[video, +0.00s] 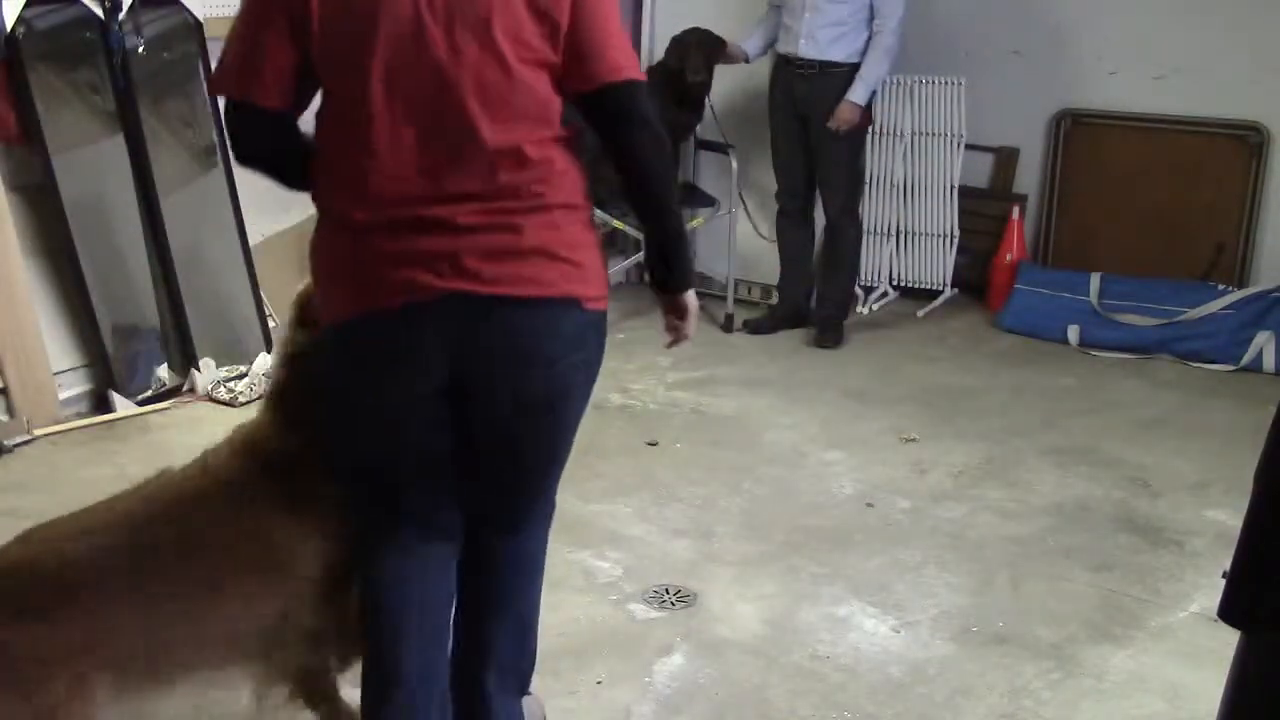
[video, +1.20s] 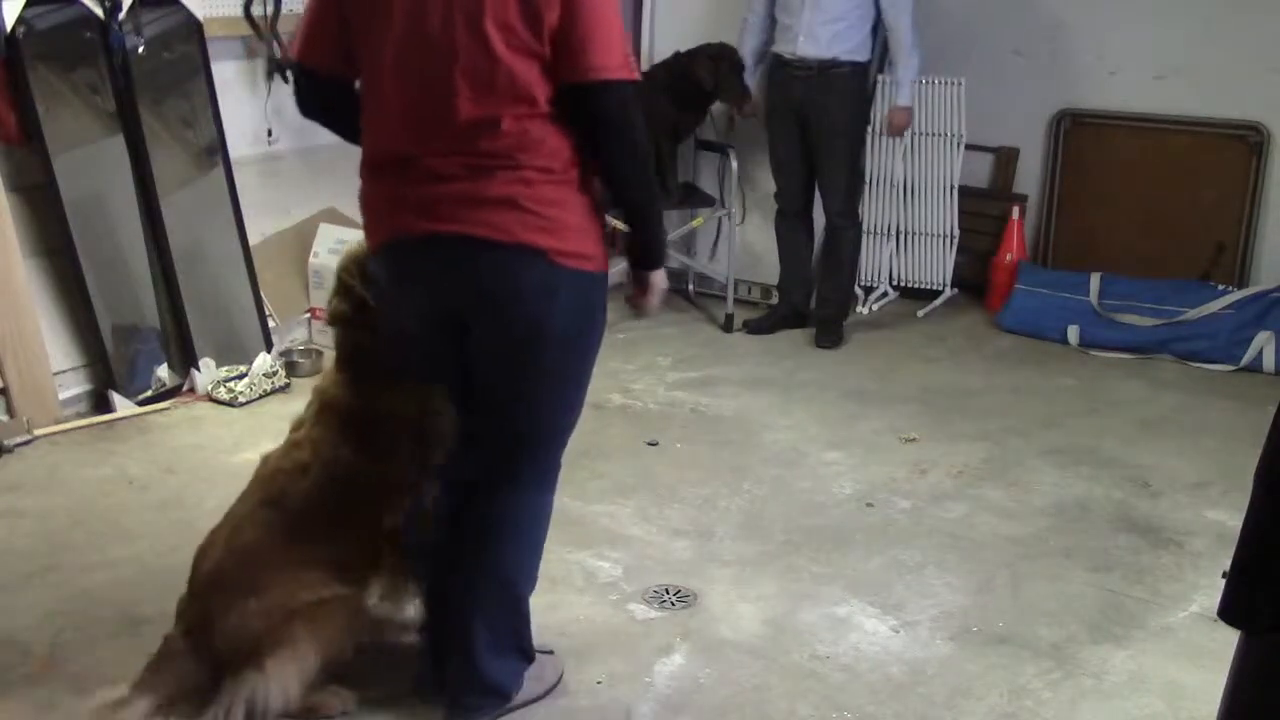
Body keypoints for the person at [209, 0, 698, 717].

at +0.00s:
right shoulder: (558, 1)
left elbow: (252, 124)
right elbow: (626, 110)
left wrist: (350, 176)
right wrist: (672, 265)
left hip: (376, 303)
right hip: (541, 298)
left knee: (407, 531)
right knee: (514, 527)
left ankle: (406, 709)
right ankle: (495, 705)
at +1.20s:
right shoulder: (566, 1)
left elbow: (316, 88)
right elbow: (603, 101)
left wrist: (409, 135)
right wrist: (649, 245)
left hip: (407, 241)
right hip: (534, 244)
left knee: (437, 459)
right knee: (516, 471)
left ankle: (450, 651)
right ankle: (489, 676)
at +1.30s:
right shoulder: (578, 2)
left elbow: (330, 83)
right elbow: (620, 103)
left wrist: (421, 132)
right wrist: (667, 250)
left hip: (417, 230)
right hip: (540, 235)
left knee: (487, 433)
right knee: (519, 473)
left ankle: (496, 594)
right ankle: (486, 679)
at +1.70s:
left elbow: (420, 74)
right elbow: (681, 91)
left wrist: (504, 121)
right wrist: (724, 204)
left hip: (492, 200)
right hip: (595, 213)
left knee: (527, 391)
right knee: (578, 418)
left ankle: (541, 540)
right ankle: (499, 628)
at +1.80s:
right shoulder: (649, 1)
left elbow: (443, 61)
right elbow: (679, 79)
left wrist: (525, 110)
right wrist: (726, 201)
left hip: (510, 187)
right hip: (614, 198)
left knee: (557, 377)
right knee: (637, 393)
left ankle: (543, 547)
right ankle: (541, 558)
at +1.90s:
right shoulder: (666, 1)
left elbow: (470, 54)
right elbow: (684, 76)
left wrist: (548, 104)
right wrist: (730, 203)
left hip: (534, 182)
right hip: (633, 191)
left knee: (562, 376)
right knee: (684, 361)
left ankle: (537, 560)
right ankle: (611, 529)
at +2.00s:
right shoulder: (687, 1)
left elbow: (501, 52)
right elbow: (698, 75)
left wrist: (572, 103)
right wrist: (740, 202)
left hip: (560, 181)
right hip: (656, 189)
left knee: (577, 371)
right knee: (710, 345)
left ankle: (538, 553)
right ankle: (697, 514)